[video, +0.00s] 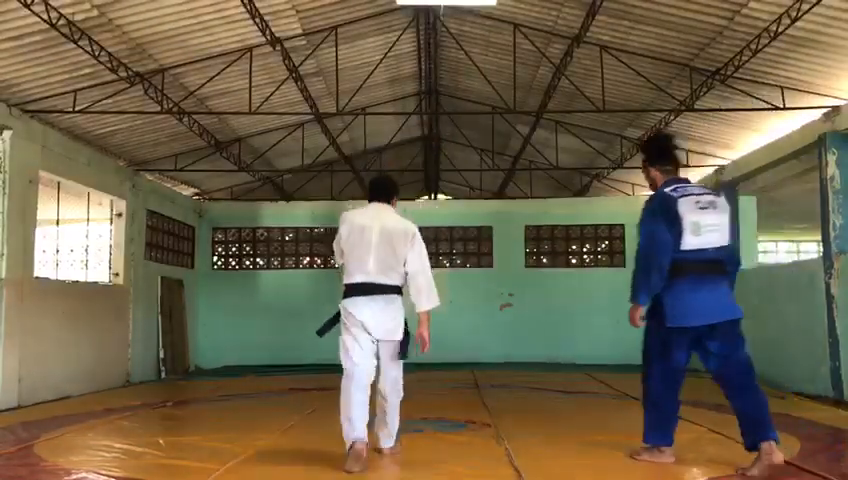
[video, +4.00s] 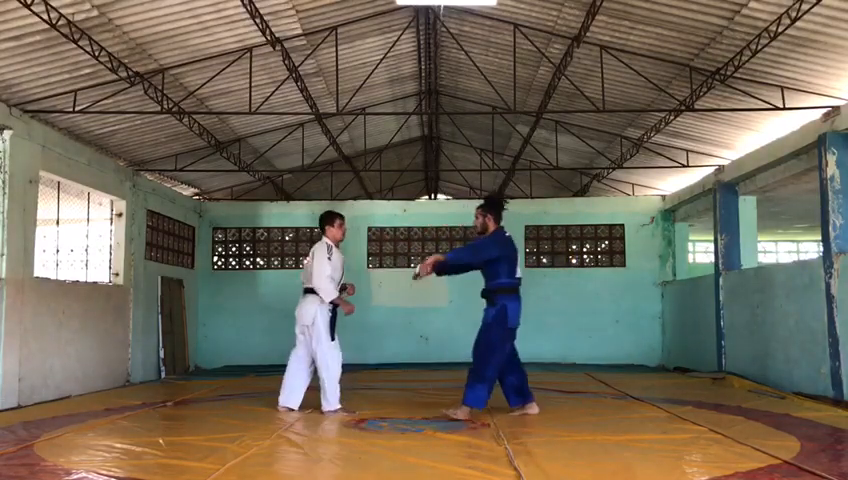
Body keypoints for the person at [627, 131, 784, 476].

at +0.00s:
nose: (646, 179)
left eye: (645, 173)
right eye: (646, 173)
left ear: (653, 171)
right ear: (678, 167)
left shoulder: (660, 202)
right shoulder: (713, 197)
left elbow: (656, 250)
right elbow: (730, 251)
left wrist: (640, 298)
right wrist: (722, 289)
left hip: (676, 303)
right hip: (718, 301)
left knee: (662, 372)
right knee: (737, 372)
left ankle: (659, 445)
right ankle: (768, 446)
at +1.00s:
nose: (551, 194)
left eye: (553, 189)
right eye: (552, 189)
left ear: (563, 193)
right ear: (579, 192)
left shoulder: (560, 223)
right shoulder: (602, 222)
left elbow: (551, 265)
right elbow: (613, 265)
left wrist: (544, 305)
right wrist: (605, 298)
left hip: (567, 304)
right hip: (597, 302)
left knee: (558, 364)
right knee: (607, 363)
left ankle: (553, 421)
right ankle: (621, 421)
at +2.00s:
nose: (480, 208)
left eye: (482, 204)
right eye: (481, 203)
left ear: (489, 206)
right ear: (500, 205)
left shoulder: (499, 231)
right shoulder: (512, 229)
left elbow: (500, 270)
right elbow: (489, 262)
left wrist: (473, 283)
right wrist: (457, 260)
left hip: (501, 302)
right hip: (515, 299)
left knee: (490, 356)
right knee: (510, 356)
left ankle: (493, 414)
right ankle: (528, 407)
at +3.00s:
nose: (435, 221)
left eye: (436, 218)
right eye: (436, 218)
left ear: (441, 219)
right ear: (453, 218)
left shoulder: (460, 247)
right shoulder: (447, 239)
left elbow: (453, 284)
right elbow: (425, 239)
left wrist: (422, 292)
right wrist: (402, 238)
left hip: (456, 307)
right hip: (447, 306)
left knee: (443, 356)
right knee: (437, 354)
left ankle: (455, 409)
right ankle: (447, 406)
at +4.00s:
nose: (475, 223)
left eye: (477, 218)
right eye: (475, 218)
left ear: (487, 218)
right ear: (492, 219)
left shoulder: (497, 241)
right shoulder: (499, 241)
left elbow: (472, 255)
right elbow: (469, 263)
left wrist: (440, 259)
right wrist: (438, 267)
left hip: (502, 305)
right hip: (503, 303)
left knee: (484, 352)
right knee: (504, 352)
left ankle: (466, 407)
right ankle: (527, 403)